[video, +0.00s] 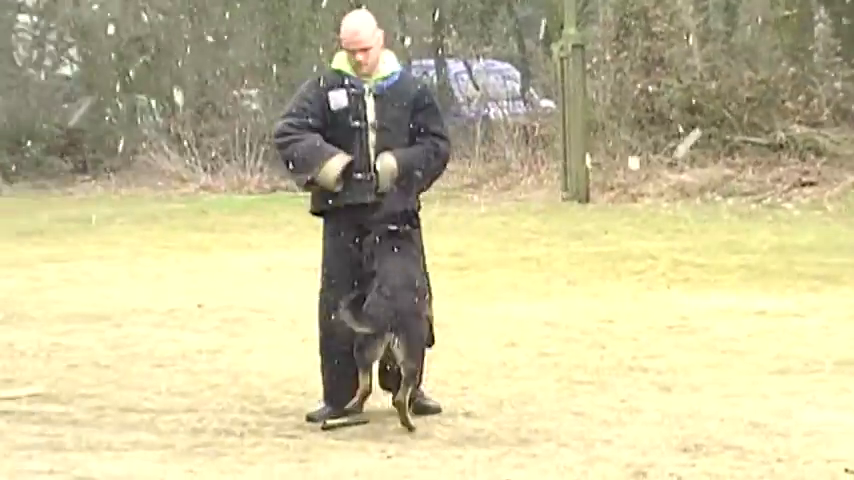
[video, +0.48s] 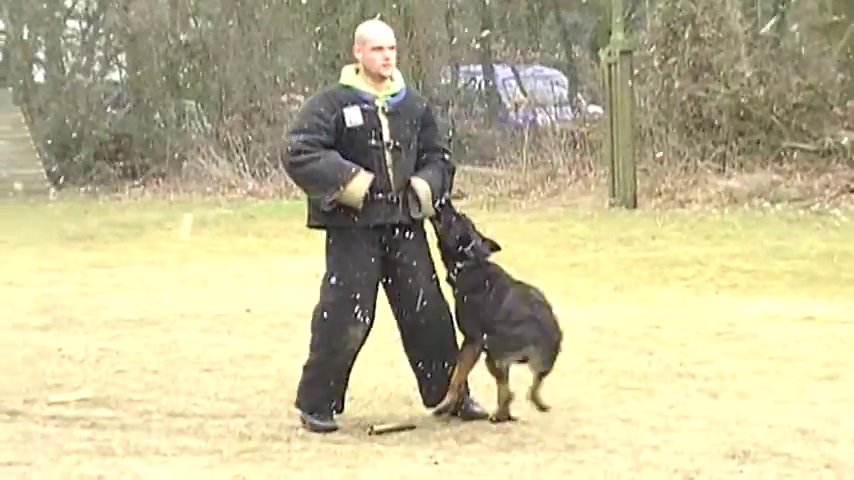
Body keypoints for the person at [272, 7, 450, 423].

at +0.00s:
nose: (357, 58)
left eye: (363, 49)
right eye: (350, 51)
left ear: (382, 42)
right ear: (341, 49)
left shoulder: (412, 90)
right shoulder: (325, 87)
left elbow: (438, 148)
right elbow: (288, 133)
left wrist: (399, 164)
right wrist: (328, 162)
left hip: (397, 219)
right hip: (342, 219)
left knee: (408, 300)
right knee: (338, 305)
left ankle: (408, 386)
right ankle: (342, 399)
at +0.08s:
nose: (379, 55)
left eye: (386, 47)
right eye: (371, 48)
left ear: (400, 44)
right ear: (359, 47)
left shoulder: (426, 93)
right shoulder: (339, 90)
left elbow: (453, 150)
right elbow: (307, 138)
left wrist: (419, 168)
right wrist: (355, 160)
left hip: (415, 217)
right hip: (358, 215)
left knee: (423, 301)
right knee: (353, 302)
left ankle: (422, 391)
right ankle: (356, 397)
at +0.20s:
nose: (393, 58)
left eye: (399, 50)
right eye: (384, 51)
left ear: (409, 49)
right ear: (369, 52)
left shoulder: (432, 102)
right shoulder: (349, 98)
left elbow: (459, 158)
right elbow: (318, 148)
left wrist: (434, 183)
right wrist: (369, 173)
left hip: (423, 224)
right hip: (369, 224)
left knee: (426, 310)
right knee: (360, 312)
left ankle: (435, 397)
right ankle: (342, 401)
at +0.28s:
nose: (397, 59)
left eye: (403, 51)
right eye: (388, 52)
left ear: (412, 53)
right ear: (373, 56)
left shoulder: (435, 107)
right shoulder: (348, 103)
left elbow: (459, 165)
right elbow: (320, 153)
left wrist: (439, 192)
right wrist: (368, 177)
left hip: (426, 230)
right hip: (372, 229)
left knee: (434, 313)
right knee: (363, 317)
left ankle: (443, 399)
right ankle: (328, 400)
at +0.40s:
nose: (393, 58)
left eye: (398, 51)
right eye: (385, 51)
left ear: (405, 54)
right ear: (366, 56)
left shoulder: (424, 109)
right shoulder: (340, 104)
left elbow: (447, 163)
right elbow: (307, 155)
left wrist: (431, 191)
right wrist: (359, 184)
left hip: (415, 231)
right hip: (362, 232)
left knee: (429, 309)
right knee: (349, 319)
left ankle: (444, 397)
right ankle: (315, 407)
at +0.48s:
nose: (386, 56)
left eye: (391, 49)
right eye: (377, 49)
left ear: (397, 53)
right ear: (358, 54)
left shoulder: (414, 105)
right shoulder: (332, 101)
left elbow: (439, 157)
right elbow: (300, 154)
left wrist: (426, 185)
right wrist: (350, 181)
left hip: (407, 230)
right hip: (354, 231)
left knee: (428, 311)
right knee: (346, 318)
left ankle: (449, 395)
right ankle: (318, 405)